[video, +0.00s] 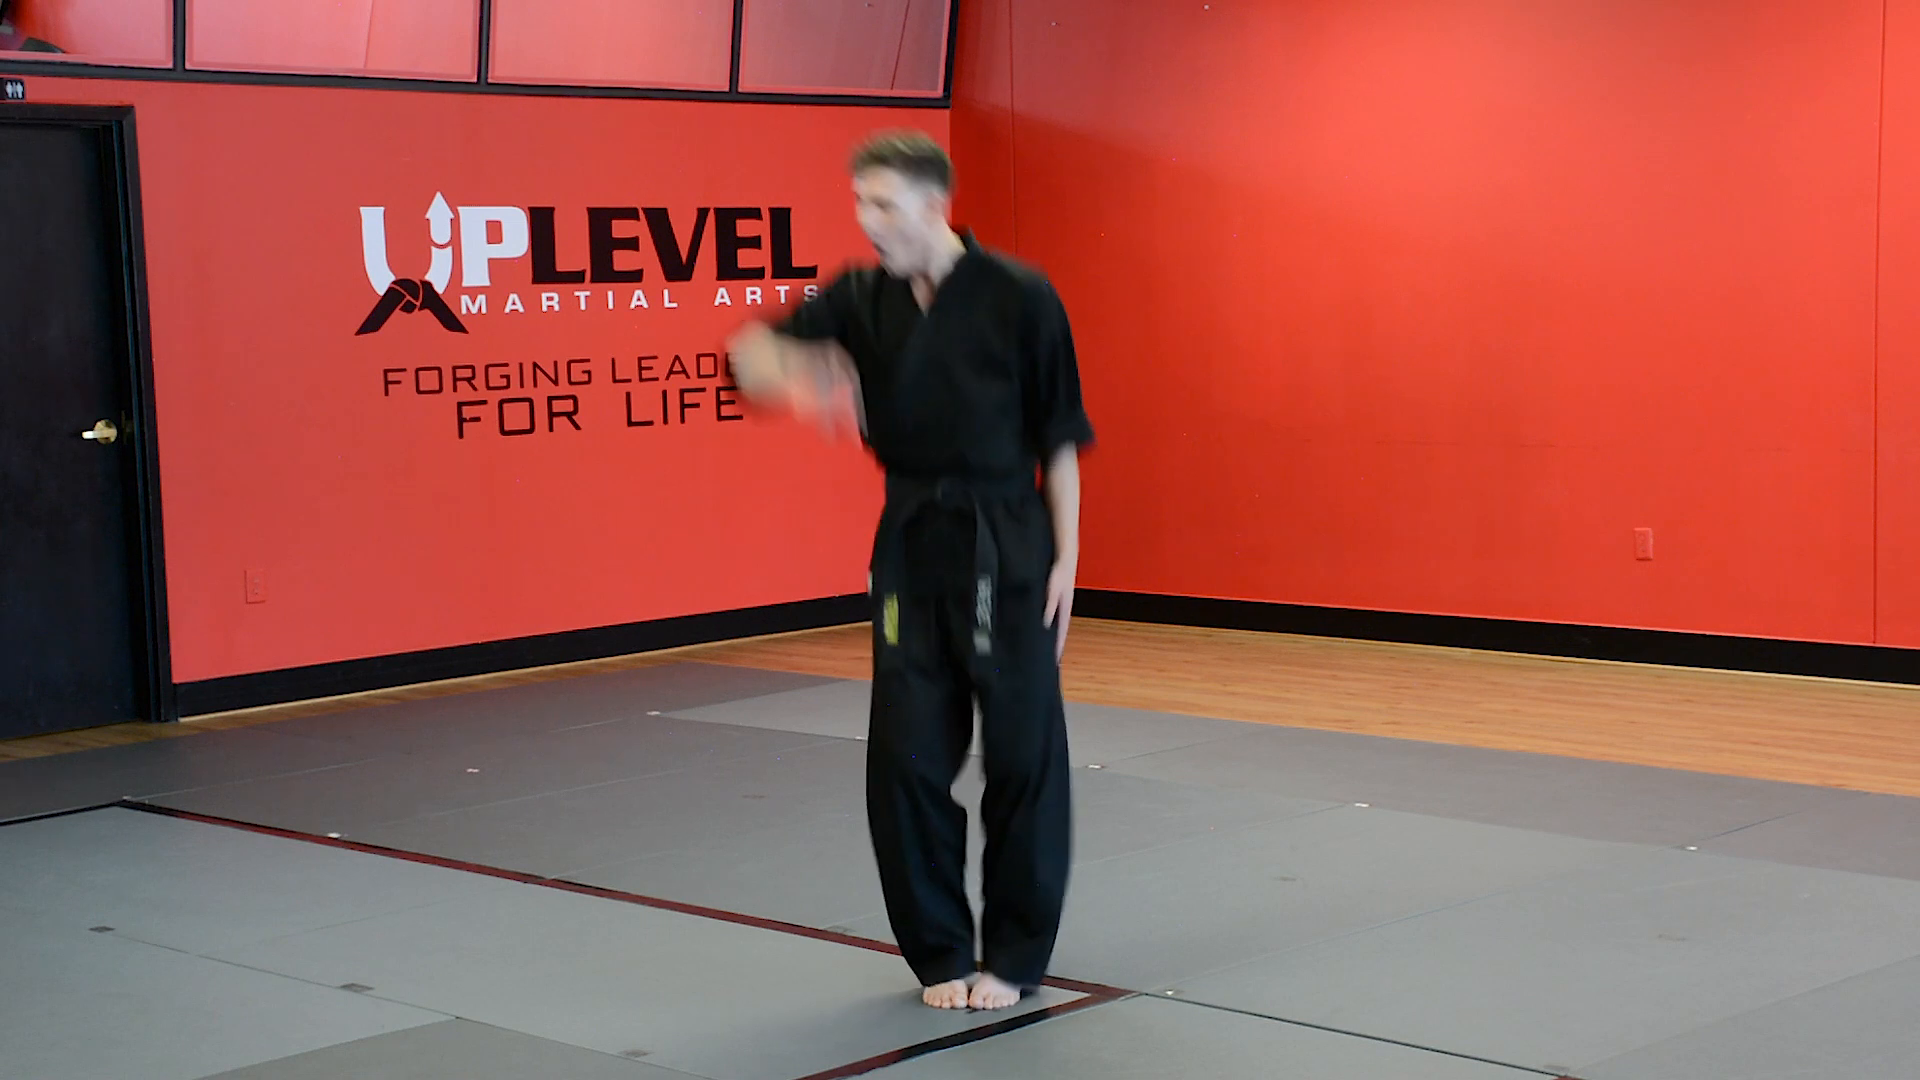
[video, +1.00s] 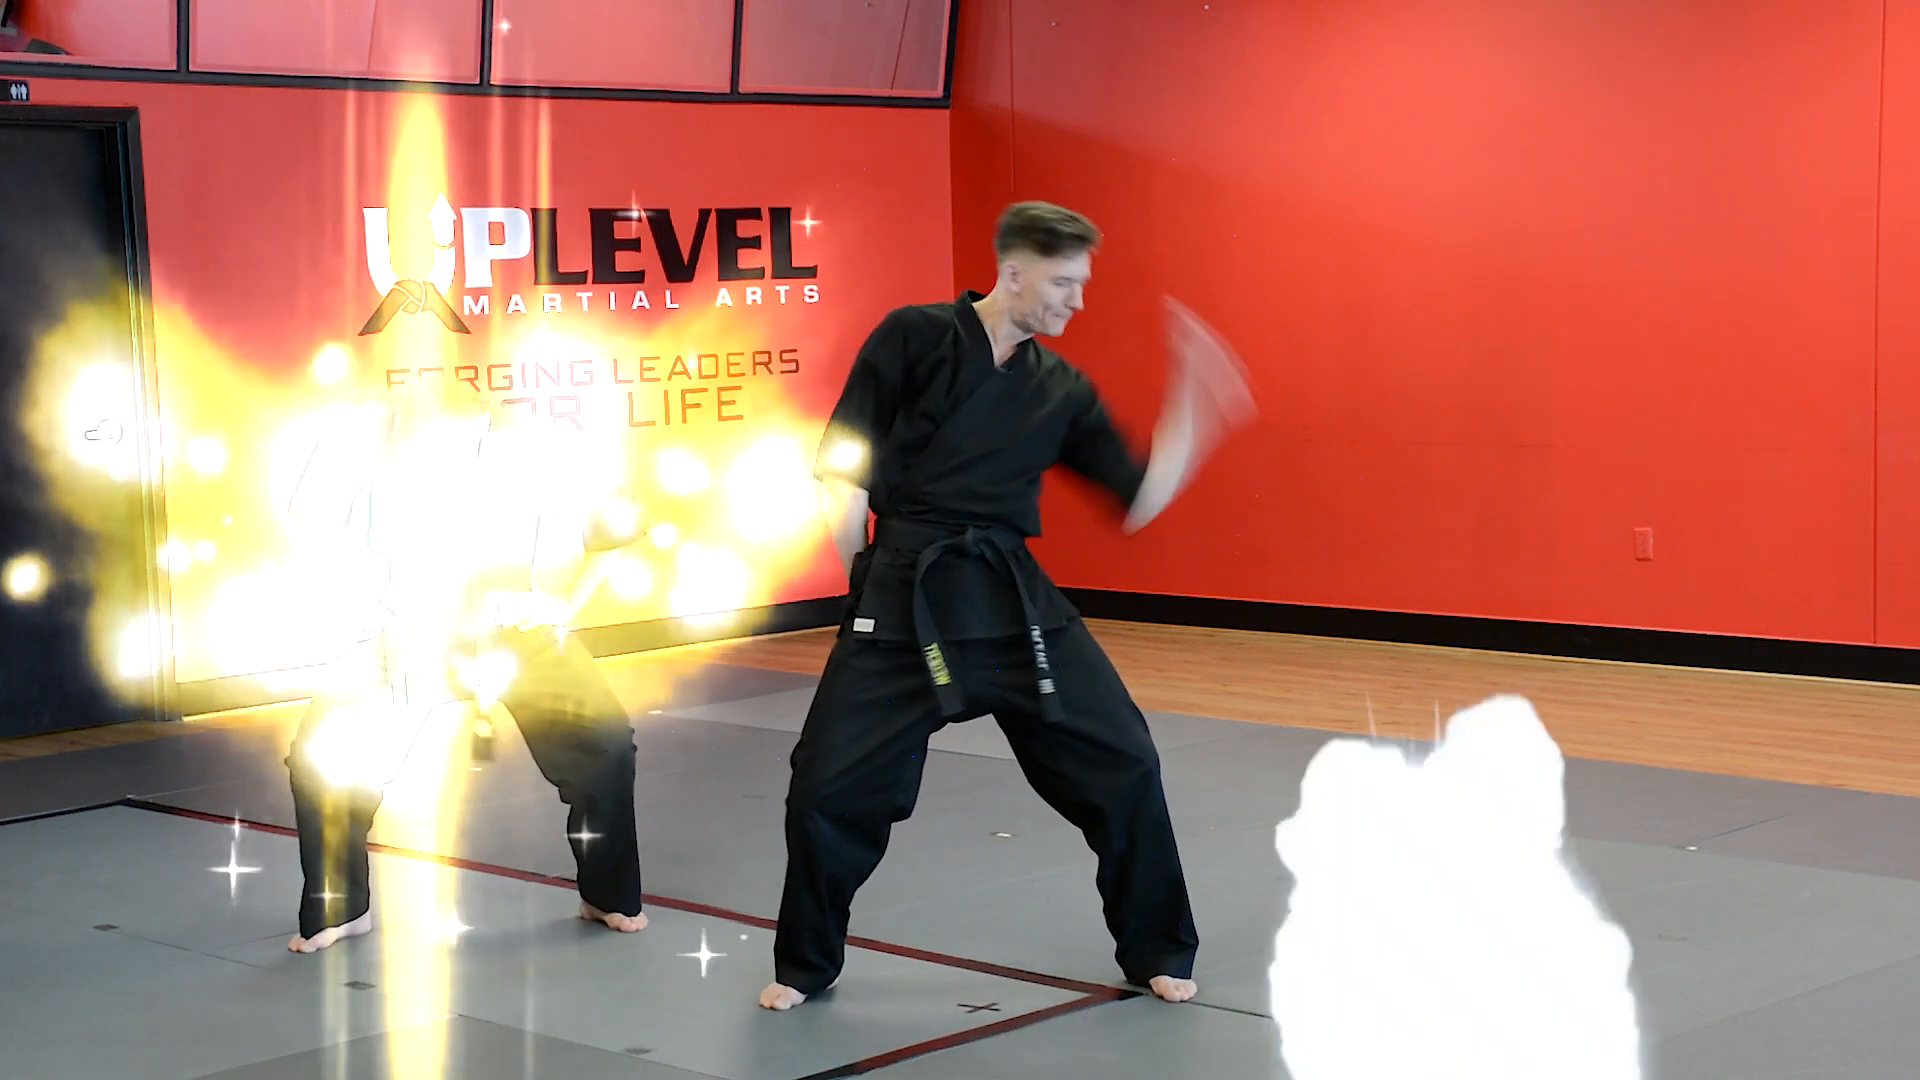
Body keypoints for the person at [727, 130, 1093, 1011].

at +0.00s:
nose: (868, 223)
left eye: (883, 206)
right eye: (861, 207)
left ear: (936, 202)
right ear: (862, 210)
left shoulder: (1021, 295)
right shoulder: (862, 295)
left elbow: (1059, 437)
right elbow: (750, 349)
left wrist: (1066, 560)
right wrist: (798, 379)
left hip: (1009, 537)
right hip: (910, 538)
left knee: (1025, 753)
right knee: (908, 756)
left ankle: (1015, 958)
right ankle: (942, 955)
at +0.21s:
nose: (826, 216)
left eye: (840, 198)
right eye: (822, 201)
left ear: (895, 195)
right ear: (826, 205)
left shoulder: (987, 267)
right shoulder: (838, 288)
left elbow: (1066, 394)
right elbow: (725, 295)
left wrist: (1081, 519)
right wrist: (747, 213)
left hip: (1011, 529)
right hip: (909, 533)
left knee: (1075, 737)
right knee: (867, 739)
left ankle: (1127, 937)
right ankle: (839, 949)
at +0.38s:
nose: (836, 283)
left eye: (849, 266)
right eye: (831, 267)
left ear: (904, 259)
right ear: (841, 266)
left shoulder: (1003, 338)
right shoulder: (847, 376)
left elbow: (1053, 476)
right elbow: (789, 482)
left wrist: (1073, 601)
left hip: (1016, 586)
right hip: (907, 593)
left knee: (1096, 775)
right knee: (826, 782)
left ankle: (1145, 953)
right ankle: (808, 964)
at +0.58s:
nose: (881, 291)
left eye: (899, 273)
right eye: (869, 272)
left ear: (940, 265)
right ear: (854, 269)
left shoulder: (1009, 339)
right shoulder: (843, 374)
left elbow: (1086, 451)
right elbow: (851, 524)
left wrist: (1067, 536)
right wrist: (837, 642)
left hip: (1028, 577)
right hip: (914, 588)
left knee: (1111, 766)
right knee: (835, 776)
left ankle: (1148, 950)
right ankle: (809, 964)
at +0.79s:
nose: (1007, 288)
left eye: (1018, 270)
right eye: (989, 273)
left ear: (1029, 264)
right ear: (946, 261)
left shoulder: (1042, 350)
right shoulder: (879, 349)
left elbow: (1170, 367)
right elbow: (840, 489)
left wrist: (1127, 276)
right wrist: (889, 574)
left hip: (1019, 583)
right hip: (910, 590)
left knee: (1127, 759)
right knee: (833, 780)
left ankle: (1158, 949)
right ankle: (808, 965)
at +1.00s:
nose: (1075, 304)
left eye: (1081, 290)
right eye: (1064, 286)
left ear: (1061, 284)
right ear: (1011, 270)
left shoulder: (1061, 389)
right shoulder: (913, 338)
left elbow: (1142, 495)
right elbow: (842, 473)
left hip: (1010, 591)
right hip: (899, 588)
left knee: (1123, 763)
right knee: (827, 783)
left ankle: (1157, 949)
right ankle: (806, 963)